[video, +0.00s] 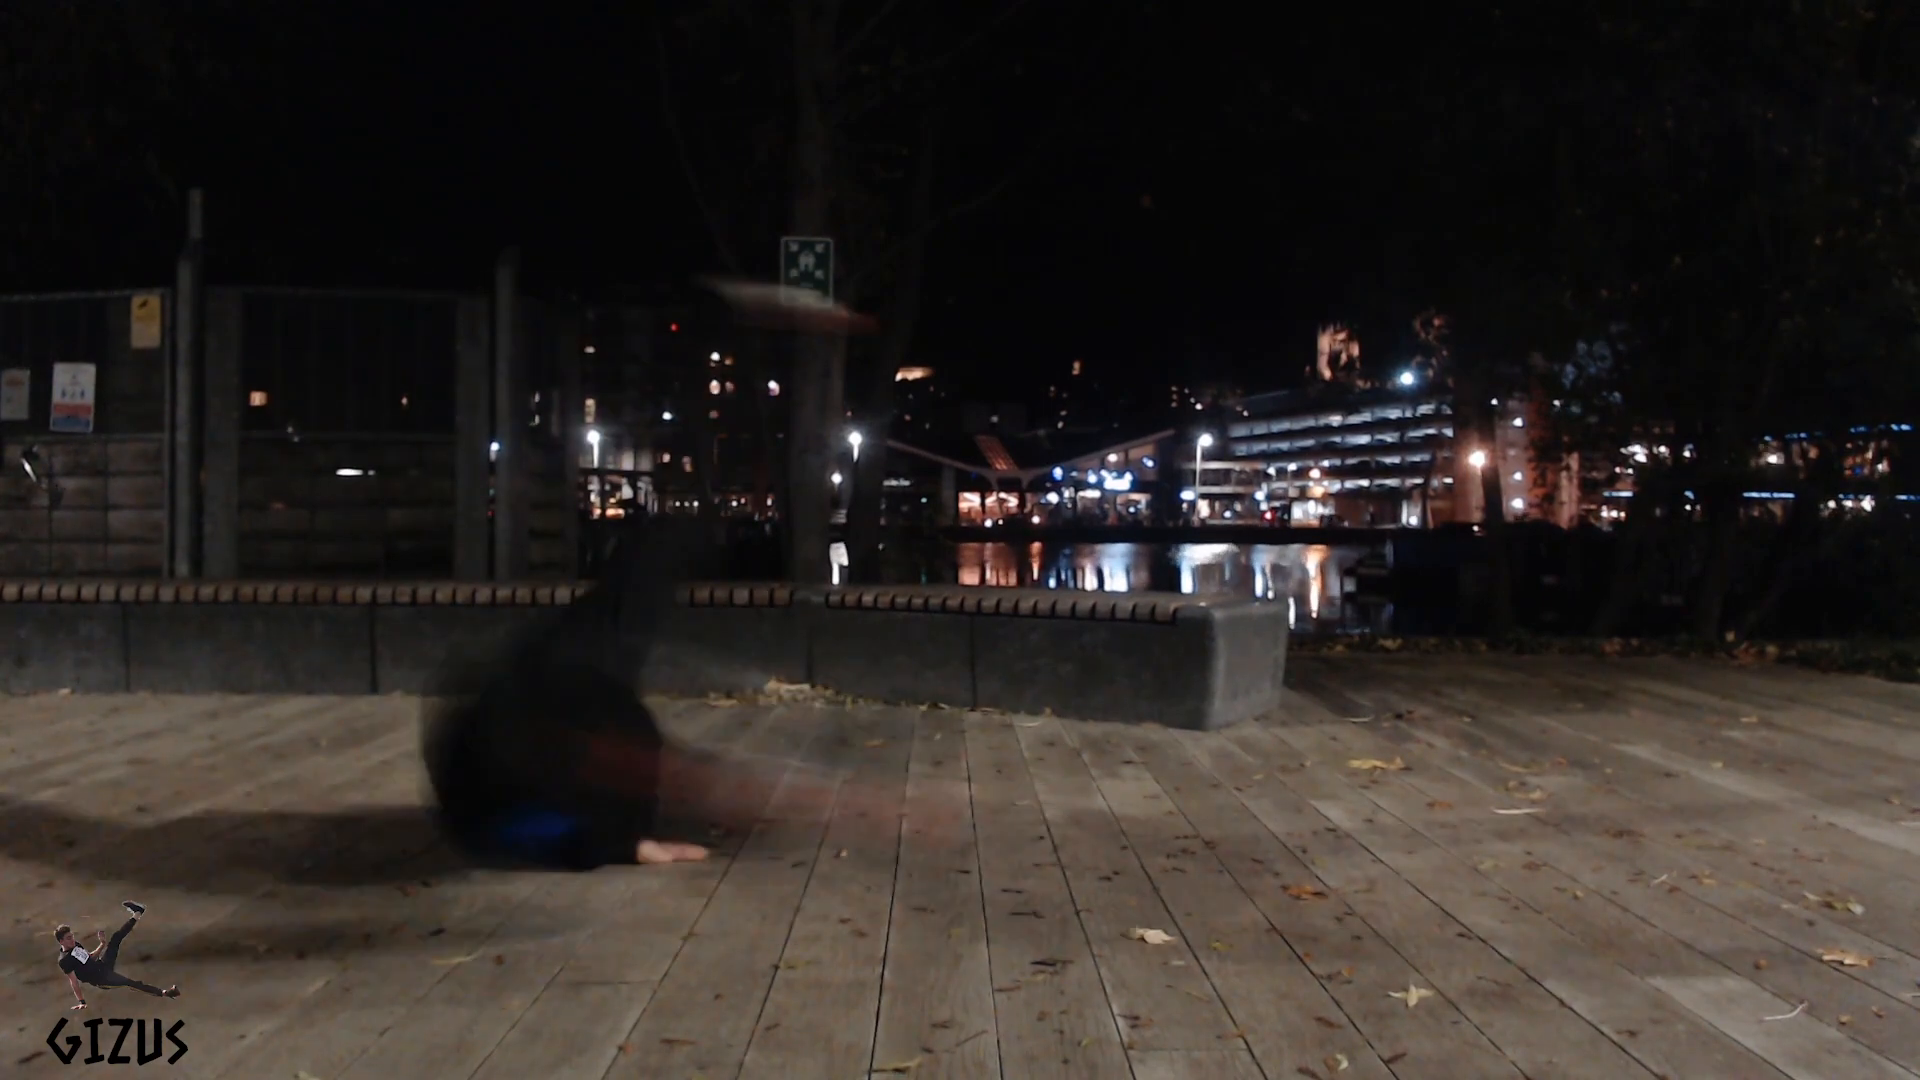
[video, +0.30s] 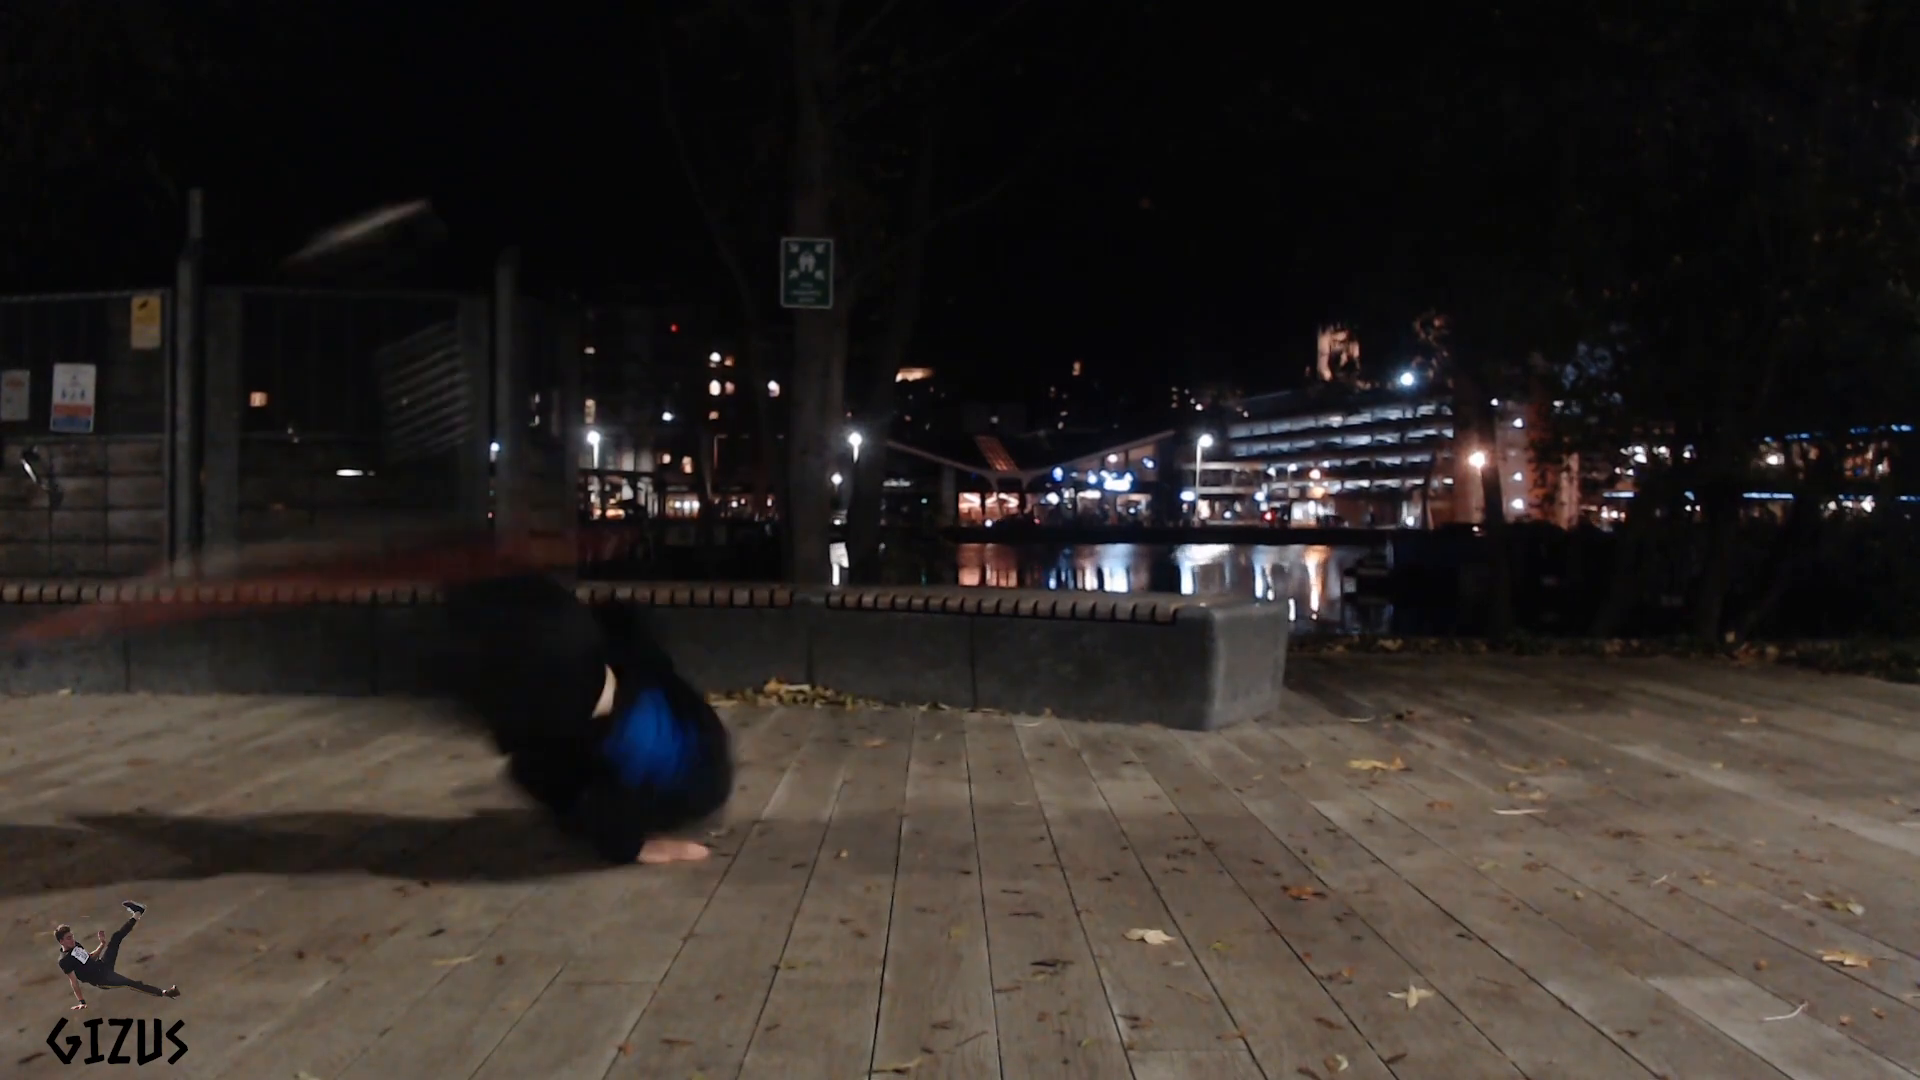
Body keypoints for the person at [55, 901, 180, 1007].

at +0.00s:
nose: (73, 939)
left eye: (72, 936)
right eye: (69, 938)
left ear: (71, 937)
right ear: (61, 942)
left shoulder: (76, 946)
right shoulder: (64, 961)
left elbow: (91, 958)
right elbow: (74, 982)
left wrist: (102, 945)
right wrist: (81, 1001)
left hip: (104, 965)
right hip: (102, 978)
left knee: (115, 939)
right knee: (131, 983)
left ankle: (136, 916)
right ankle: (165, 993)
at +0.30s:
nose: (72, 939)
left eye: (72, 936)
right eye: (69, 938)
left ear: (70, 937)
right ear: (61, 941)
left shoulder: (75, 946)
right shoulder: (64, 960)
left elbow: (91, 958)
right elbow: (73, 982)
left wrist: (102, 945)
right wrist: (81, 1002)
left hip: (104, 965)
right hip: (102, 978)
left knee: (116, 939)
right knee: (131, 983)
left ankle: (136, 916)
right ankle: (164, 993)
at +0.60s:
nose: (72, 939)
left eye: (72, 936)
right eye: (69, 938)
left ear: (70, 937)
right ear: (61, 941)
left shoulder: (75, 946)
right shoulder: (64, 960)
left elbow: (91, 957)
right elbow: (73, 982)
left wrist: (102, 944)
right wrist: (81, 1001)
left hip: (104, 965)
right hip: (102, 978)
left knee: (116, 938)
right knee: (132, 983)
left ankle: (136, 916)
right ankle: (164, 993)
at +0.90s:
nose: (73, 939)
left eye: (72, 936)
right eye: (69, 938)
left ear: (72, 936)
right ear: (61, 942)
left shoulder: (76, 945)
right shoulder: (64, 960)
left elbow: (90, 957)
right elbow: (74, 982)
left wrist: (102, 945)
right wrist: (81, 1001)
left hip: (104, 964)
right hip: (102, 978)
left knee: (115, 939)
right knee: (132, 983)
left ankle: (136, 917)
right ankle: (164, 993)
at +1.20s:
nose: (73, 939)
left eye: (72, 936)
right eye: (69, 938)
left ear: (71, 937)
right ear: (62, 942)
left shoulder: (76, 946)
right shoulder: (64, 960)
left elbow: (91, 957)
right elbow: (73, 982)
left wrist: (102, 944)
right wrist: (81, 1002)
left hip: (104, 964)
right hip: (102, 978)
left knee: (116, 938)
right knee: (132, 983)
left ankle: (136, 916)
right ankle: (164, 993)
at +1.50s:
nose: (73, 939)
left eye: (72, 936)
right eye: (69, 938)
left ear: (71, 937)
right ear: (61, 941)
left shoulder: (75, 946)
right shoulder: (64, 960)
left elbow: (91, 957)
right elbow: (74, 982)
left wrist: (102, 945)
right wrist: (81, 1002)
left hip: (104, 965)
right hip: (102, 978)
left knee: (116, 938)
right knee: (131, 983)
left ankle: (136, 916)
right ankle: (164, 993)